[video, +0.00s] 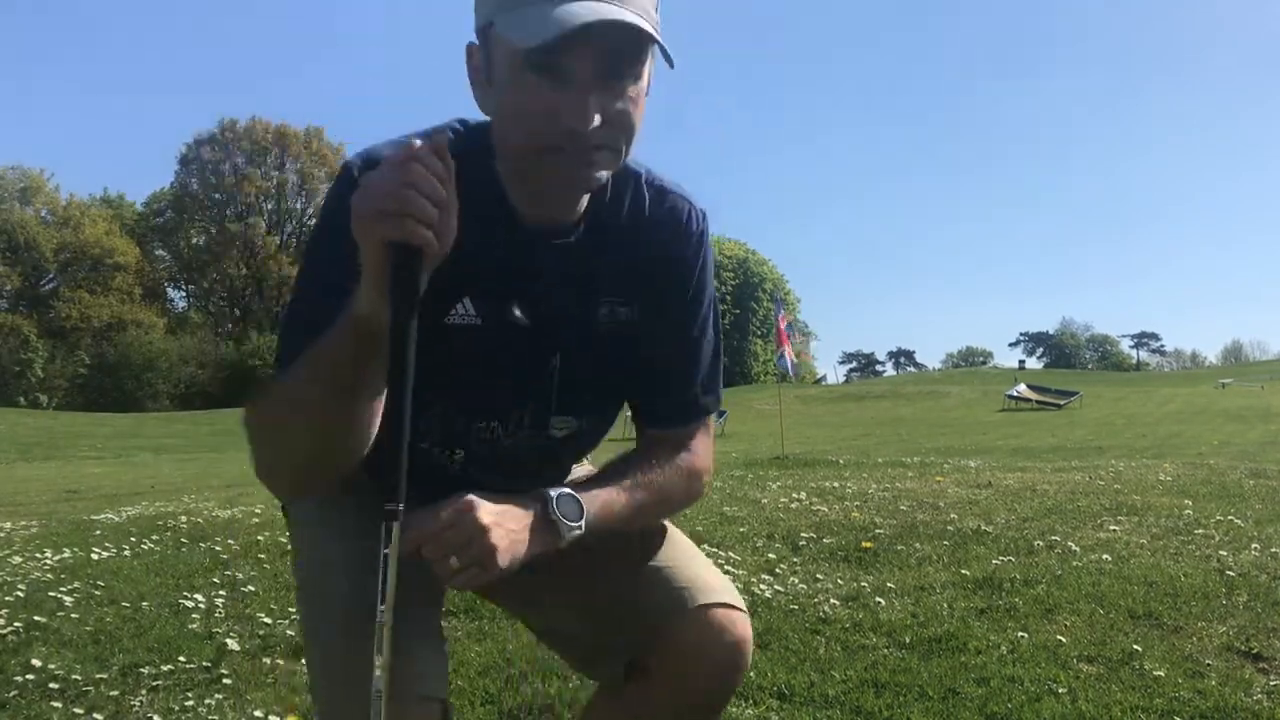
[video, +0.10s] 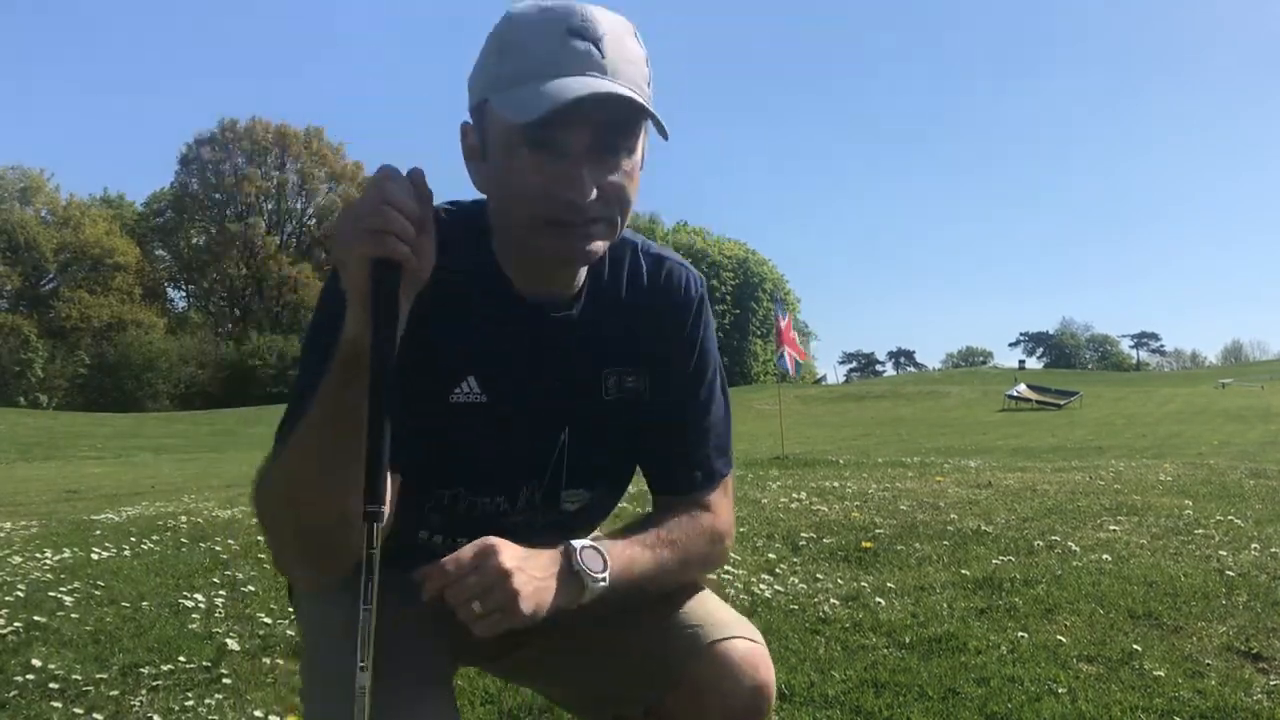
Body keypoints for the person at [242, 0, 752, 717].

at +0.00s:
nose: (590, 114)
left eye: (618, 75)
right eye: (550, 73)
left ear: (647, 82)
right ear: (481, 76)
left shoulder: (666, 233)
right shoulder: (384, 191)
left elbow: (683, 459)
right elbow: (287, 470)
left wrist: (539, 522)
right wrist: (375, 306)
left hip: (538, 501)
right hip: (371, 499)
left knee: (708, 644)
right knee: (394, 702)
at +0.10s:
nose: (584, 184)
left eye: (613, 145)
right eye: (546, 144)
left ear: (643, 156)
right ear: (475, 149)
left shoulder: (666, 298)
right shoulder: (394, 264)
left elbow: (705, 525)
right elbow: (309, 550)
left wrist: (566, 572)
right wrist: (367, 327)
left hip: (550, 587)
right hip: (384, 581)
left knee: (735, 677)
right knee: (385, 702)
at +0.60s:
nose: (565, 283)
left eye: (596, 243)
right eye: (529, 242)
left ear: (632, 252)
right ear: (471, 248)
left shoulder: (666, 372)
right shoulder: (404, 353)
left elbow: (741, 607)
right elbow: (314, 605)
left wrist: (659, 590)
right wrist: (372, 347)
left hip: (606, 655)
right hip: (425, 661)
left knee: (768, 711)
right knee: (347, 708)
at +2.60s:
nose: (603, 289)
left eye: (633, 252)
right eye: (568, 252)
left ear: (665, 265)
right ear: (509, 262)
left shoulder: (692, 386)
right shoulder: (439, 364)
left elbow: (761, 614)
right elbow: (311, 601)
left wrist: (614, 632)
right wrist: (382, 364)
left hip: (603, 671)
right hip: (433, 664)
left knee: (773, 707)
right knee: (355, 700)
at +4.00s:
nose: (605, 282)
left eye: (638, 249)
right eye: (576, 243)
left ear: (675, 277)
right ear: (521, 260)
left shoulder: (700, 395)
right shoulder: (449, 366)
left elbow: (774, 626)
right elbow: (320, 603)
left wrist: (688, 610)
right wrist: (393, 363)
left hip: (615, 667)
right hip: (440, 665)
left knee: (773, 708)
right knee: (355, 709)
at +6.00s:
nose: (607, 314)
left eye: (635, 278)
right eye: (575, 277)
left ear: (665, 276)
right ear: (511, 266)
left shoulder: (688, 389)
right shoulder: (435, 367)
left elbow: (743, 576)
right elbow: (314, 609)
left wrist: (767, 603)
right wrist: (379, 371)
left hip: (606, 666)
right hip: (435, 670)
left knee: (781, 707)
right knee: (360, 713)